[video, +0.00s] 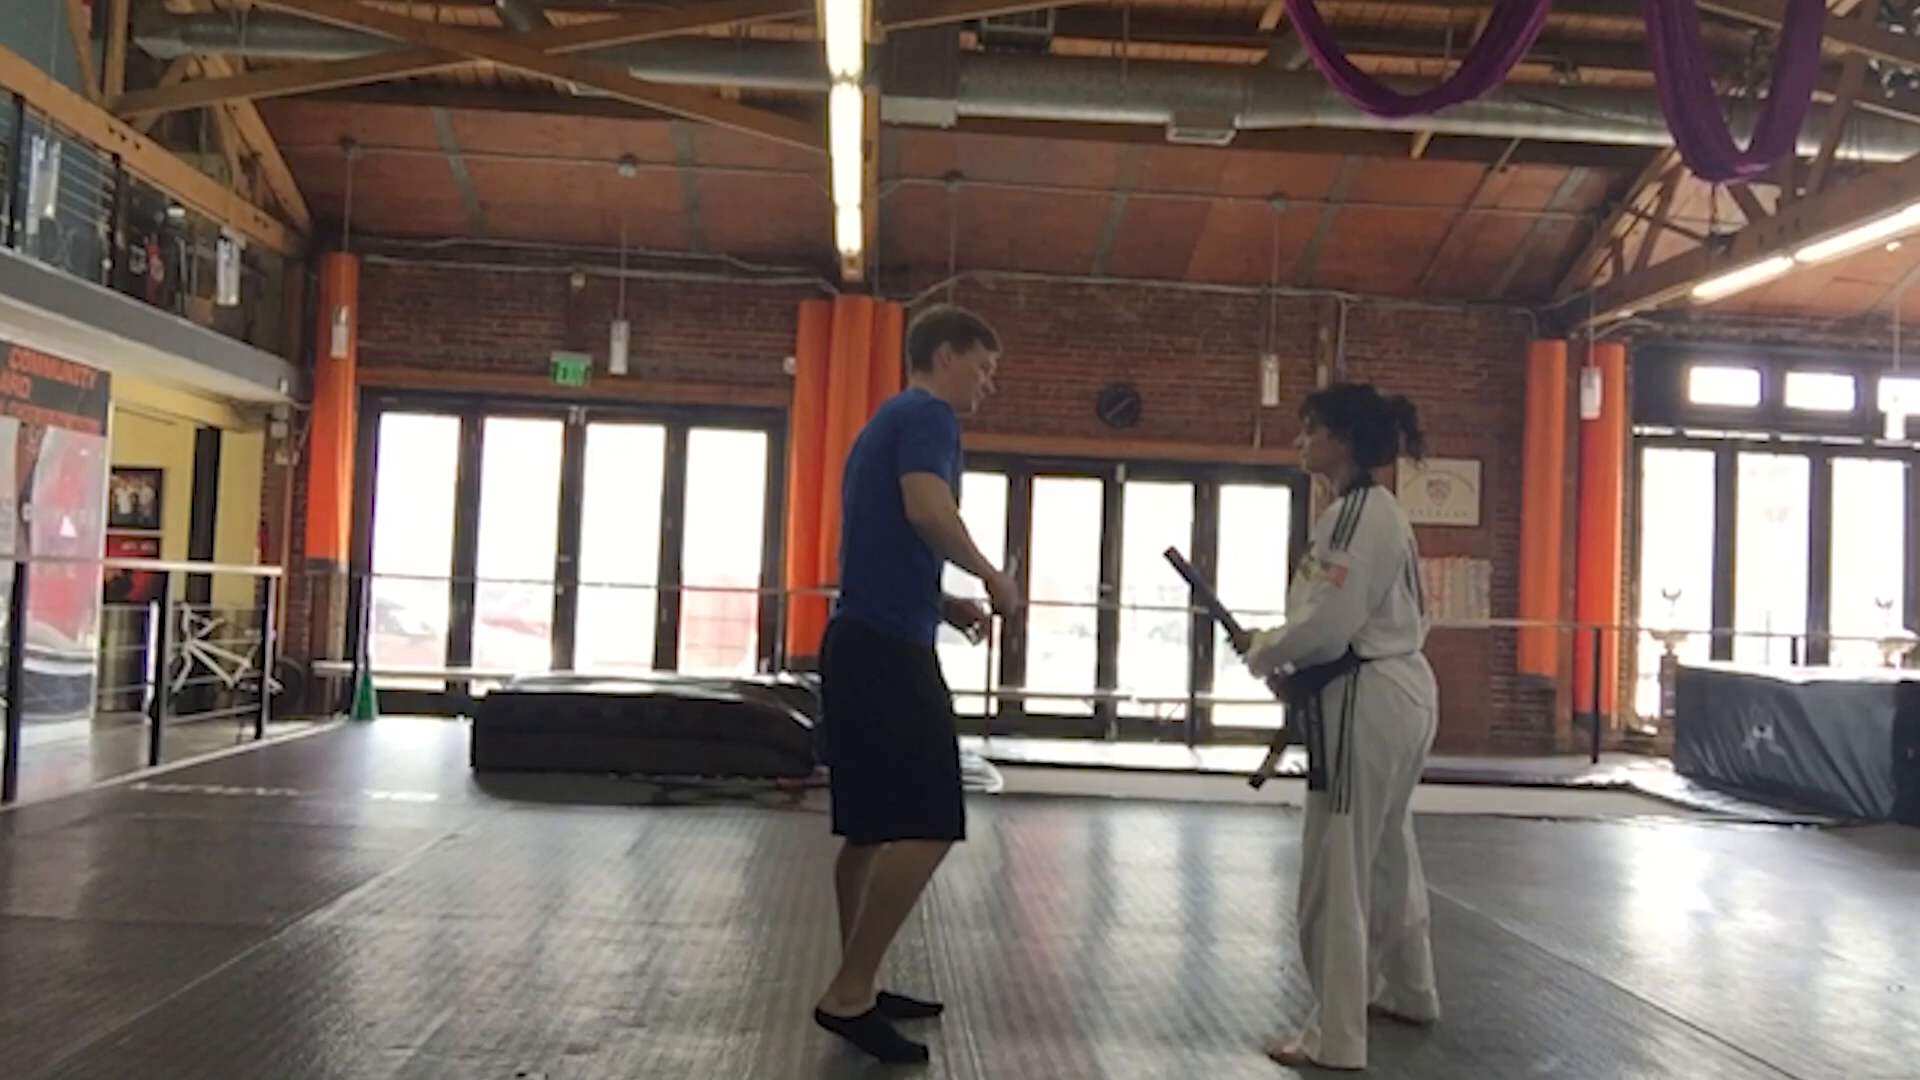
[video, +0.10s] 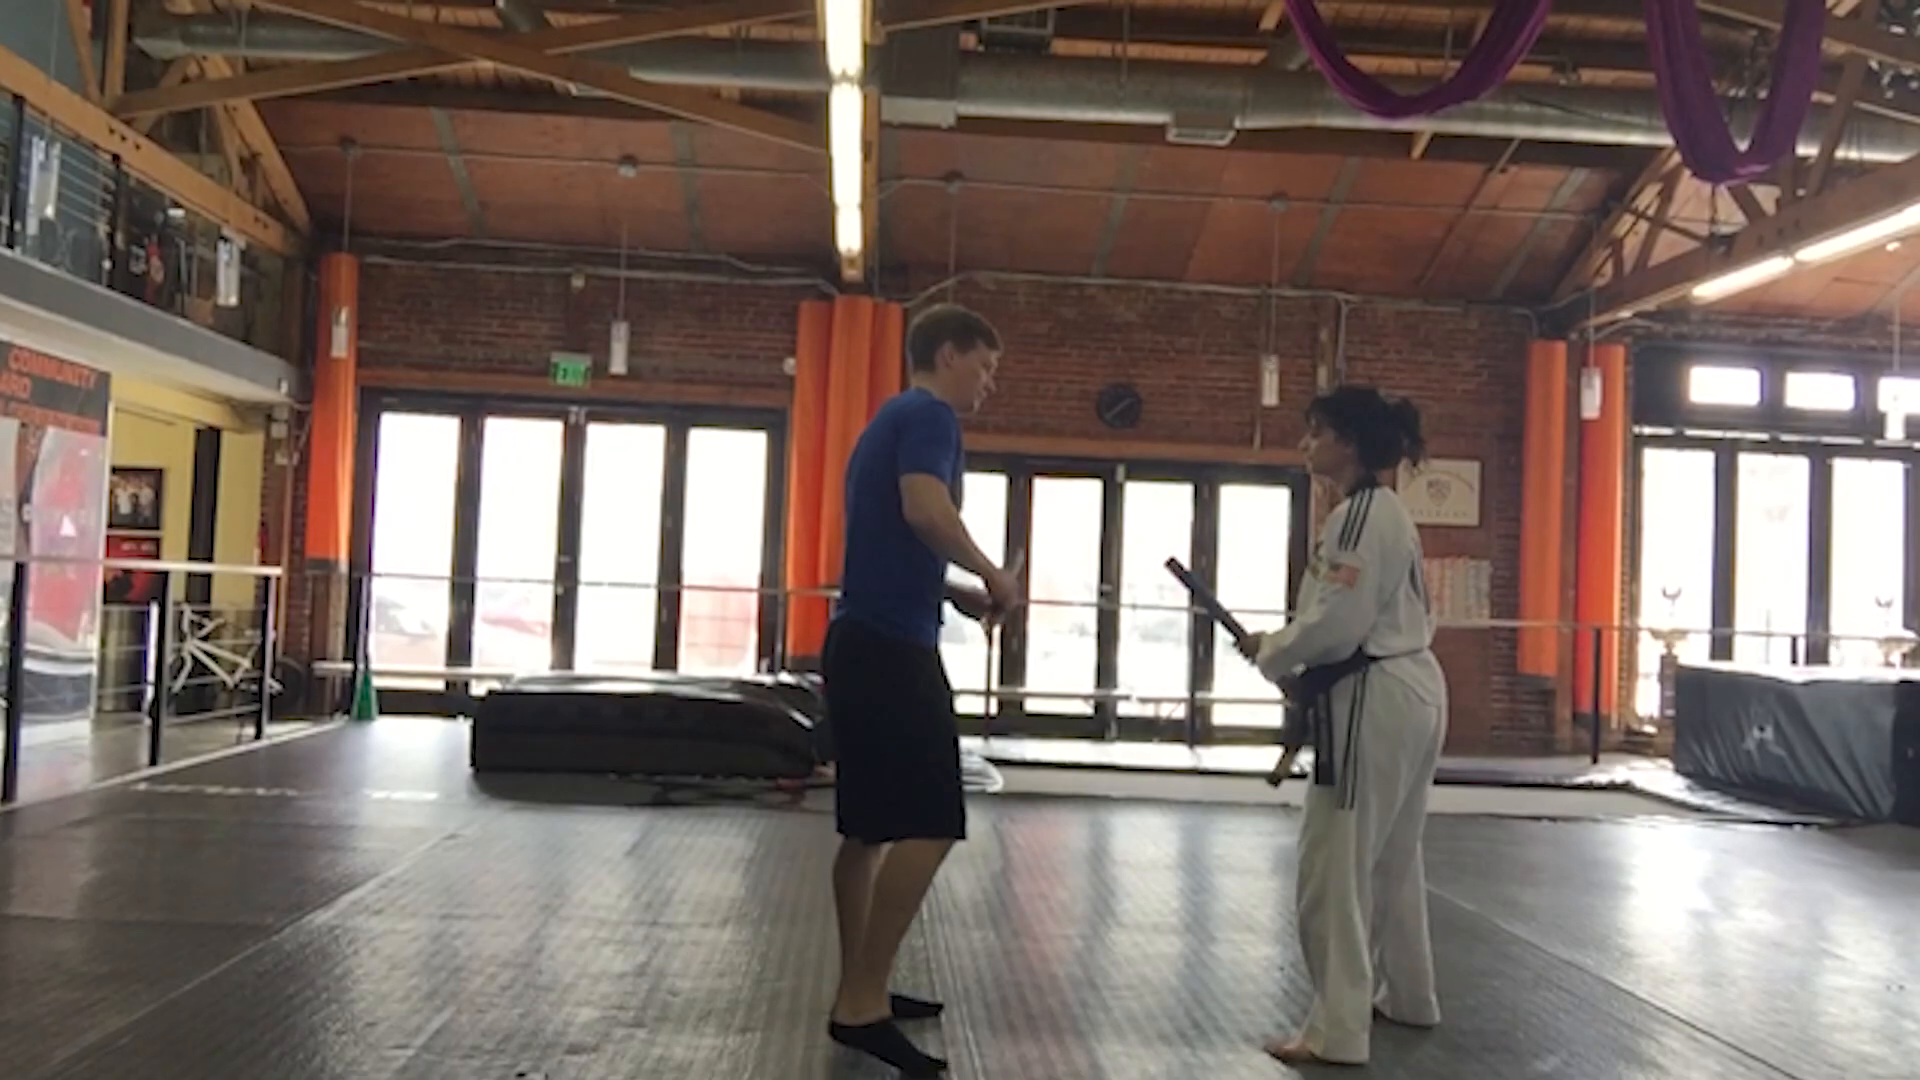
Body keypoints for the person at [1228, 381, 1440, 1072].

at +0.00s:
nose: (1301, 441)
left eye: (1313, 431)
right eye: (1303, 430)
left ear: (1348, 441)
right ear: (1350, 445)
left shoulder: (1362, 515)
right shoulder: (1366, 510)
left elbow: (1329, 625)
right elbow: (1333, 614)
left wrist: (1264, 651)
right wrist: (1280, 647)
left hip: (1365, 695)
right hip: (1395, 689)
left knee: (1333, 869)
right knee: (1388, 851)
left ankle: (1335, 1039)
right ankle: (1409, 994)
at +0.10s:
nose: (1306, 444)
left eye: (1319, 434)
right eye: (1308, 432)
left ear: (1356, 444)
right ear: (1352, 449)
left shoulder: (1367, 513)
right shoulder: (1374, 510)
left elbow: (1340, 624)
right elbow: (1346, 616)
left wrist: (1271, 651)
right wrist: (1285, 646)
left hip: (1374, 694)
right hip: (1409, 689)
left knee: (1330, 863)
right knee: (1395, 855)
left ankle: (1337, 1034)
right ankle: (1409, 998)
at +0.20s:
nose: (1314, 446)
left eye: (1327, 435)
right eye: (1315, 434)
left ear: (1363, 446)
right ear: (1366, 450)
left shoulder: (1366, 513)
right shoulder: (1393, 508)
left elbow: (1339, 619)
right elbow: (1362, 611)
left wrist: (1287, 660)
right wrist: (1292, 645)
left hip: (1380, 691)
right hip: (1420, 685)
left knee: (1328, 855)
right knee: (1396, 853)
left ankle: (1339, 1027)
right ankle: (1410, 998)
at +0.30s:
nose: (1324, 449)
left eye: (1336, 438)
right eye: (1325, 437)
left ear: (1372, 447)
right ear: (1376, 451)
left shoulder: (1369, 512)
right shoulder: (1404, 508)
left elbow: (1338, 618)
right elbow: (1404, 612)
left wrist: (1288, 658)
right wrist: (1306, 649)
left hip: (1386, 689)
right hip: (1428, 684)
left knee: (1335, 851)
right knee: (1403, 851)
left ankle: (1338, 1023)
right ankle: (1411, 997)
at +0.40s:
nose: (1333, 457)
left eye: (1343, 444)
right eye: (1333, 445)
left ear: (1377, 448)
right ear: (1386, 452)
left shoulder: (1379, 513)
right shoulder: (1417, 511)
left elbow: (1344, 608)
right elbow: (1423, 611)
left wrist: (1296, 654)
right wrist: (1320, 634)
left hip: (1389, 687)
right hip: (1433, 682)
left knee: (1342, 850)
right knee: (1407, 849)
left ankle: (1339, 1019)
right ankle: (1413, 996)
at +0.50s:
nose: (1339, 454)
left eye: (1350, 442)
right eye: (1338, 442)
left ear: (1386, 446)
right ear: (1389, 452)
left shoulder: (1388, 511)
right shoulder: (1422, 510)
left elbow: (1348, 608)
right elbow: (1433, 610)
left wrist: (1305, 653)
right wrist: (1311, 621)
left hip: (1393, 685)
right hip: (1434, 681)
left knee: (1342, 849)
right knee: (1410, 849)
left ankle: (1340, 1016)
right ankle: (1414, 996)